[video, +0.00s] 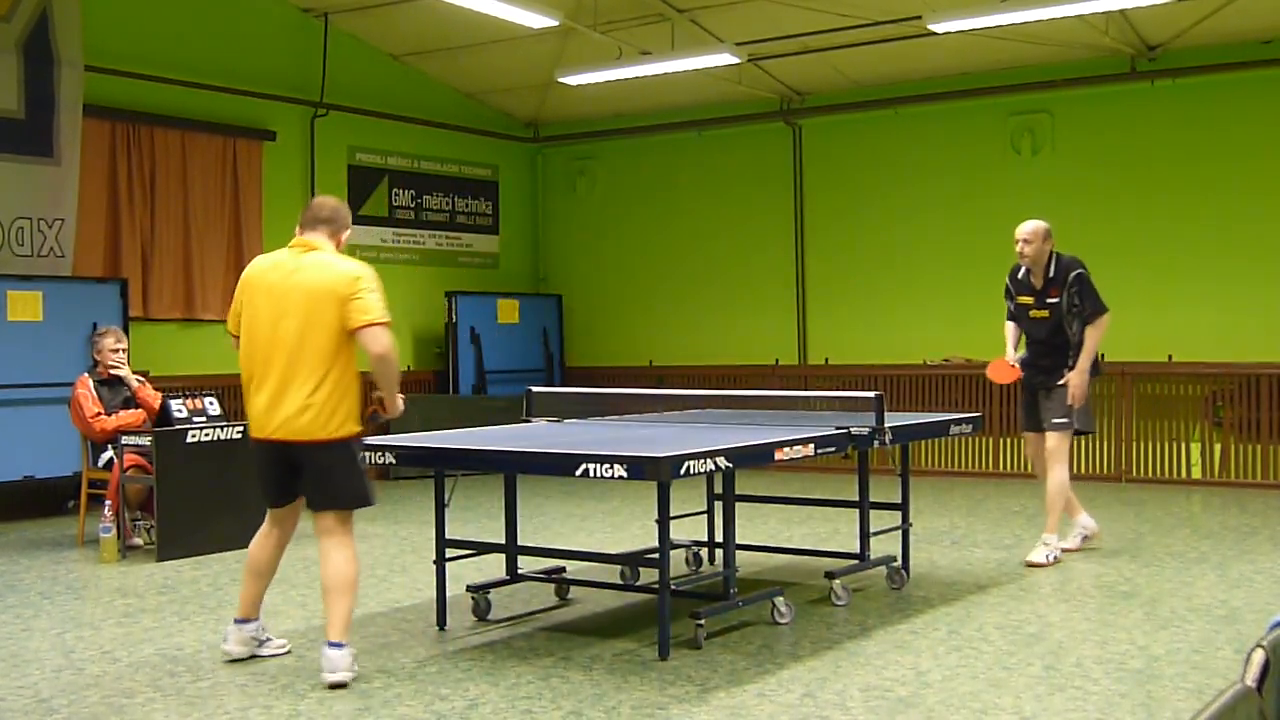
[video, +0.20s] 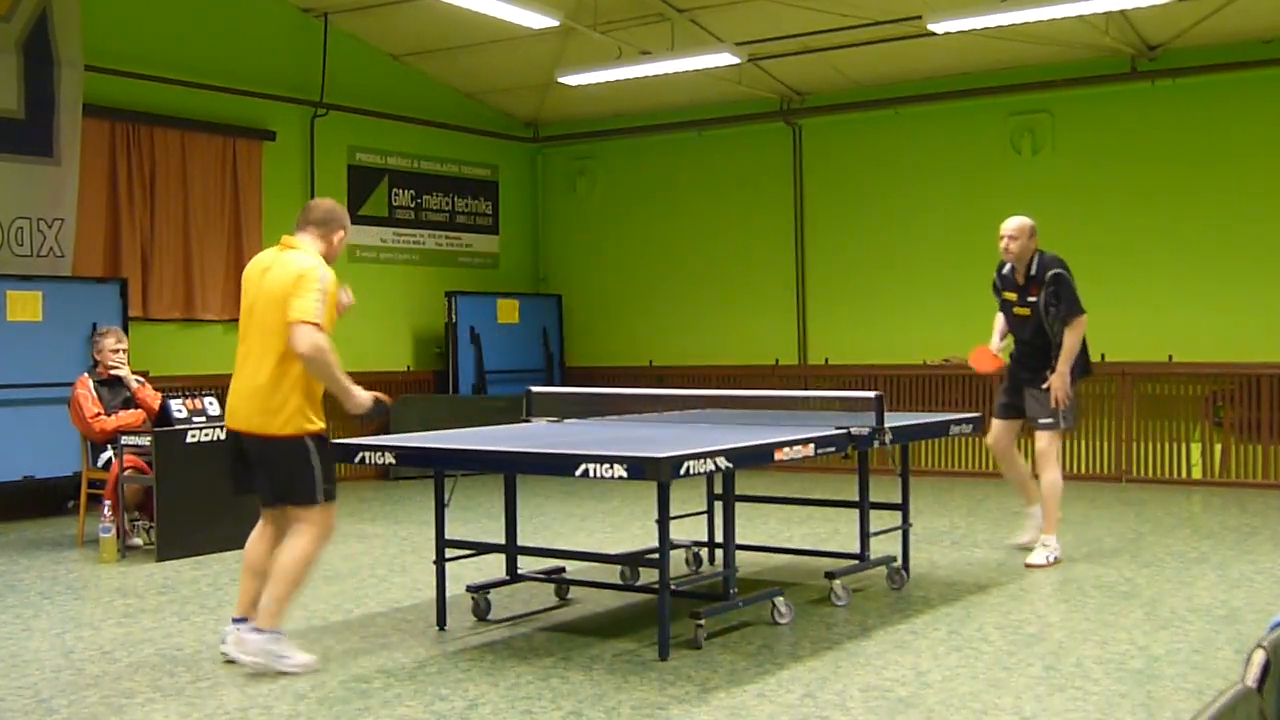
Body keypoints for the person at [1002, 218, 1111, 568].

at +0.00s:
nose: (1020, 248)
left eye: (1027, 242)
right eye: (1017, 242)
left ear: (1047, 245)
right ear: (1016, 245)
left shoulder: (1070, 272)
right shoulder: (1016, 276)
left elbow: (1099, 319)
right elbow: (1012, 318)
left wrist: (1082, 370)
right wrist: (1010, 351)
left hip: (1063, 372)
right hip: (1031, 372)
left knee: (1057, 455)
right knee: (1038, 456)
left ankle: (1050, 540)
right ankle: (1082, 521)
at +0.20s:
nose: (1005, 244)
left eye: (1012, 238)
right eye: (1002, 238)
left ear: (1032, 242)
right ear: (1000, 242)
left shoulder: (1052, 271)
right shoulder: (1003, 272)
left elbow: (1077, 322)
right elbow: (1005, 309)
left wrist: (1062, 372)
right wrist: (996, 340)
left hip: (1051, 370)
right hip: (1019, 367)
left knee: (1046, 452)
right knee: (999, 442)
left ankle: (1049, 540)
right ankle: (1036, 510)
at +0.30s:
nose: (1000, 245)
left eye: (1007, 239)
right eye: (996, 240)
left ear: (1025, 242)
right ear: (992, 244)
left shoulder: (1044, 271)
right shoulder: (996, 273)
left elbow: (1071, 322)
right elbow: (999, 307)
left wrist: (1057, 371)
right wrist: (988, 334)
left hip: (1048, 369)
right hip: (1016, 366)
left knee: (1043, 450)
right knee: (993, 439)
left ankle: (1049, 540)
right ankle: (1012, 517)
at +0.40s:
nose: (989, 251)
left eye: (996, 244)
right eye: (984, 245)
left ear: (1012, 248)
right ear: (979, 250)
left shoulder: (1032, 274)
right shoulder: (982, 278)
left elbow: (1062, 324)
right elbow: (986, 310)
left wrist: (1050, 374)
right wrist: (973, 329)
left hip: (1040, 370)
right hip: (1008, 369)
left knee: (1039, 451)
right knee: (988, 443)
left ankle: (1048, 541)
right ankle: (970, 523)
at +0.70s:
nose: (962, 266)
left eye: (969, 260)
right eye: (957, 261)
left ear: (984, 261)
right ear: (952, 263)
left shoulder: (1008, 286)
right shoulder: (951, 290)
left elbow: (1043, 330)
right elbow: (941, 326)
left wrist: (1032, 382)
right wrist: (940, 338)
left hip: (1017, 375)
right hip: (978, 376)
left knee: (1028, 451)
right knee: (951, 446)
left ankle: (1046, 540)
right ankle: (952, 529)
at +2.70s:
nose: (946, 281)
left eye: (953, 275)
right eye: (943, 276)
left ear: (974, 277)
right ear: (943, 279)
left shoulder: (1000, 303)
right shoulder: (945, 306)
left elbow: (1032, 349)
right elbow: (938, 339)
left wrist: (1022, 401)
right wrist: (933, 356)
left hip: (1011, 391)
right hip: (972, 389)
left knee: (1017, 455)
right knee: (930, 450)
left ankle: (1044, 539)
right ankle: (929, 524)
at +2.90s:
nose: (943, 269)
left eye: (950, 262)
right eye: (940, 263)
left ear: (971, 265)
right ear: (940, 268)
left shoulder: (996, 291)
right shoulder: (943, 295)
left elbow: (1027, 339)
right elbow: (935, 331)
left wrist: (1018, 391)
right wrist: (925, 341)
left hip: (1007, 385)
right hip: (968, 384)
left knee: (1018, 454)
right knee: (926, 442)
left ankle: (1044, 538)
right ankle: (924, 524)